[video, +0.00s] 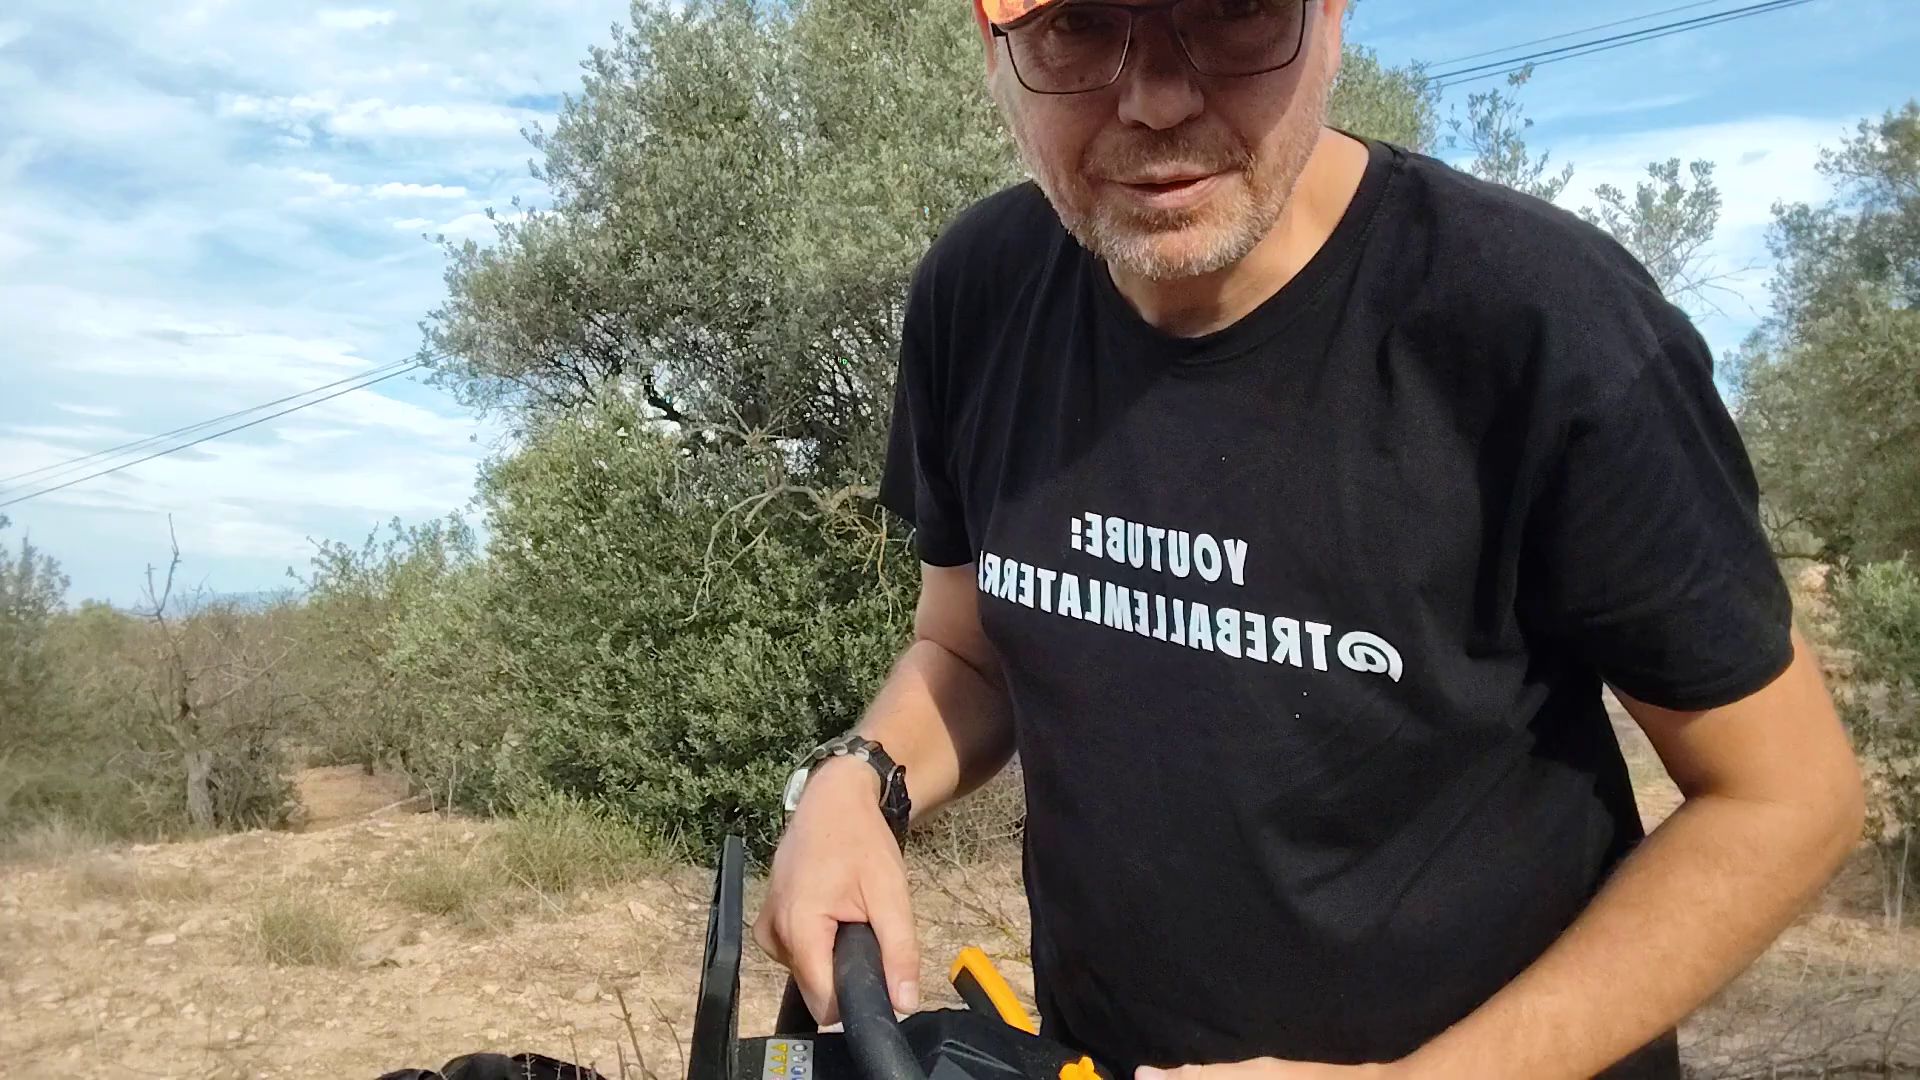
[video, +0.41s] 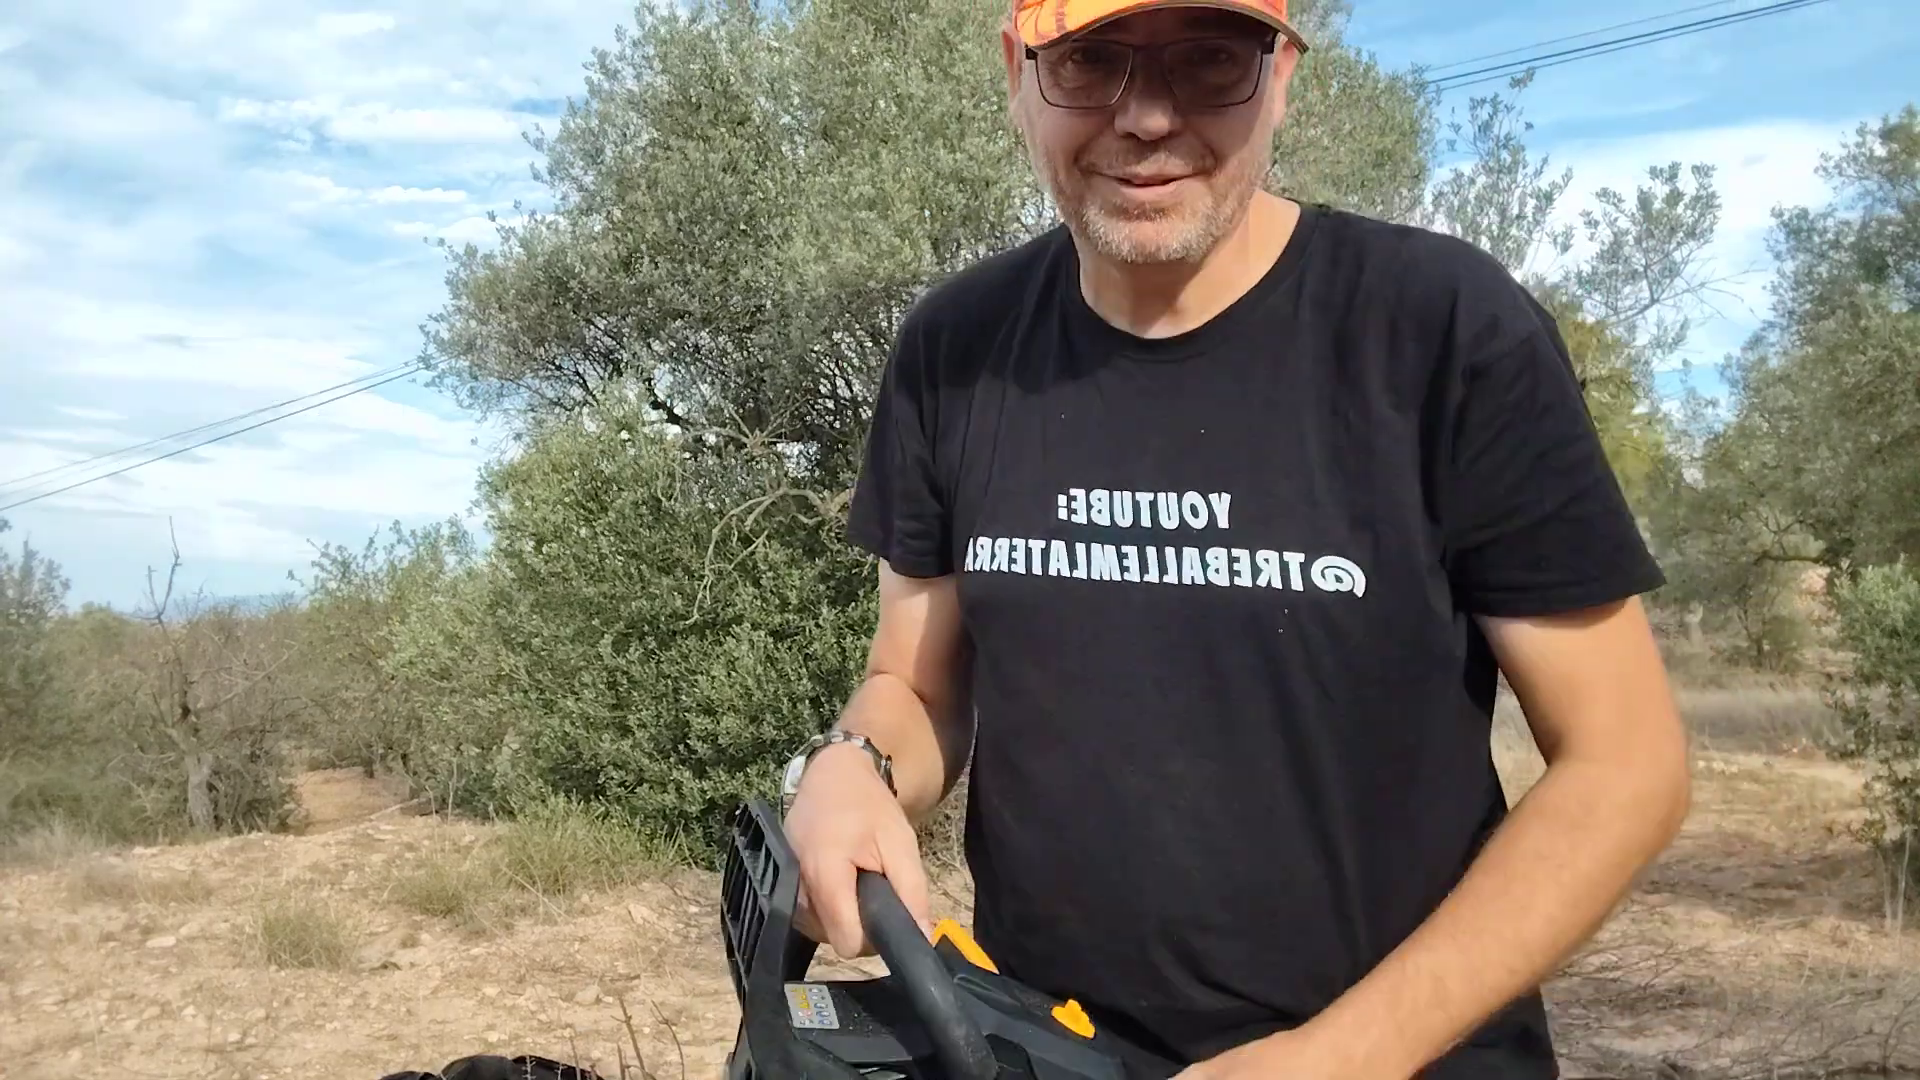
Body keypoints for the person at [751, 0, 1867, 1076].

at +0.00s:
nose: (1156, 102)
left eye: (1230, 32)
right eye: (1085, 33)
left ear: (1328, 29)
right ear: (1000, 49)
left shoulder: (1550, 321)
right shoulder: (978, 297)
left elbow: (1789, 792)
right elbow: (970, 653)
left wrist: (1439, 1073)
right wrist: (854, 790)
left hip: (1491, 1046)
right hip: (1097, 1046)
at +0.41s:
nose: (1148, 121)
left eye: (1211, 62)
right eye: (1094, 62)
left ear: (1281, 79)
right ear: (1020, 82)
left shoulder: (1450, 327)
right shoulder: (955, 347)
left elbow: (1628, 764)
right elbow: (913, 688)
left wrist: (1343, 1047)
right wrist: (846, 769)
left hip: (1419, 1040)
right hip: (1056, 1039)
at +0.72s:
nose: (1128, 159)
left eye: (1178, 107)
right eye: (1078, 111)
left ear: (1243, 120)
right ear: (1013, 124)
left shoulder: (1387, 338)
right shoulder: (937, 371)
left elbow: (1554, 738)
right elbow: (892, 697)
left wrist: (1393, 912)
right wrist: (852, 763)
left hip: (1363, 1037)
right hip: (1038, 1035)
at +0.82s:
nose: (1119, 162)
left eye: (1172, 112)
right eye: (1071, 113)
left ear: (1229, 124)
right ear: (1003, 125)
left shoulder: (1370, 343)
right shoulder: (931, 371)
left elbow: (1570, 742)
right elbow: (880, 683)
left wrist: (1383, 771)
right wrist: (849, 759)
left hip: (1343, 1030)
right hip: (1035, 1027)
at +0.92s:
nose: (1109, 169)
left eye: (1161, 119)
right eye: (1061, 120)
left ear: (1221, 123)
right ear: (994, 132)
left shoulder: (1362, 344)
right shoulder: (930, 376)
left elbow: (1587, 738)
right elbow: (878, 683)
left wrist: (1390, 645)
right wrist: (848, 758)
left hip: (1340, 1025)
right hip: (1041, 1025)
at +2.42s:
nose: (1101, 271)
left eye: (1145, 234)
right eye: (1061, 232)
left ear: (1221, 174)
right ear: (1012, 180)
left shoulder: (1367, 339)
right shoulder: (955, 377)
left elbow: (1573, 721)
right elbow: (902, 686)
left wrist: (1321, 727)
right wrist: (828, 726)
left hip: (1365, 1038)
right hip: (1073, 1029)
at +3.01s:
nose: (1239, 233)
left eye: (1291, 201)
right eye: (1214, 185)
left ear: (1368, 182)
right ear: (1172, 147)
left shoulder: (1483, 360)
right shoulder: (1086, 333)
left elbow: (1588, 741)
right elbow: (937, 594)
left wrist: (1272, 797)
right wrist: (854, 543)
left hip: (1407, 1041)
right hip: (1117, 1027)